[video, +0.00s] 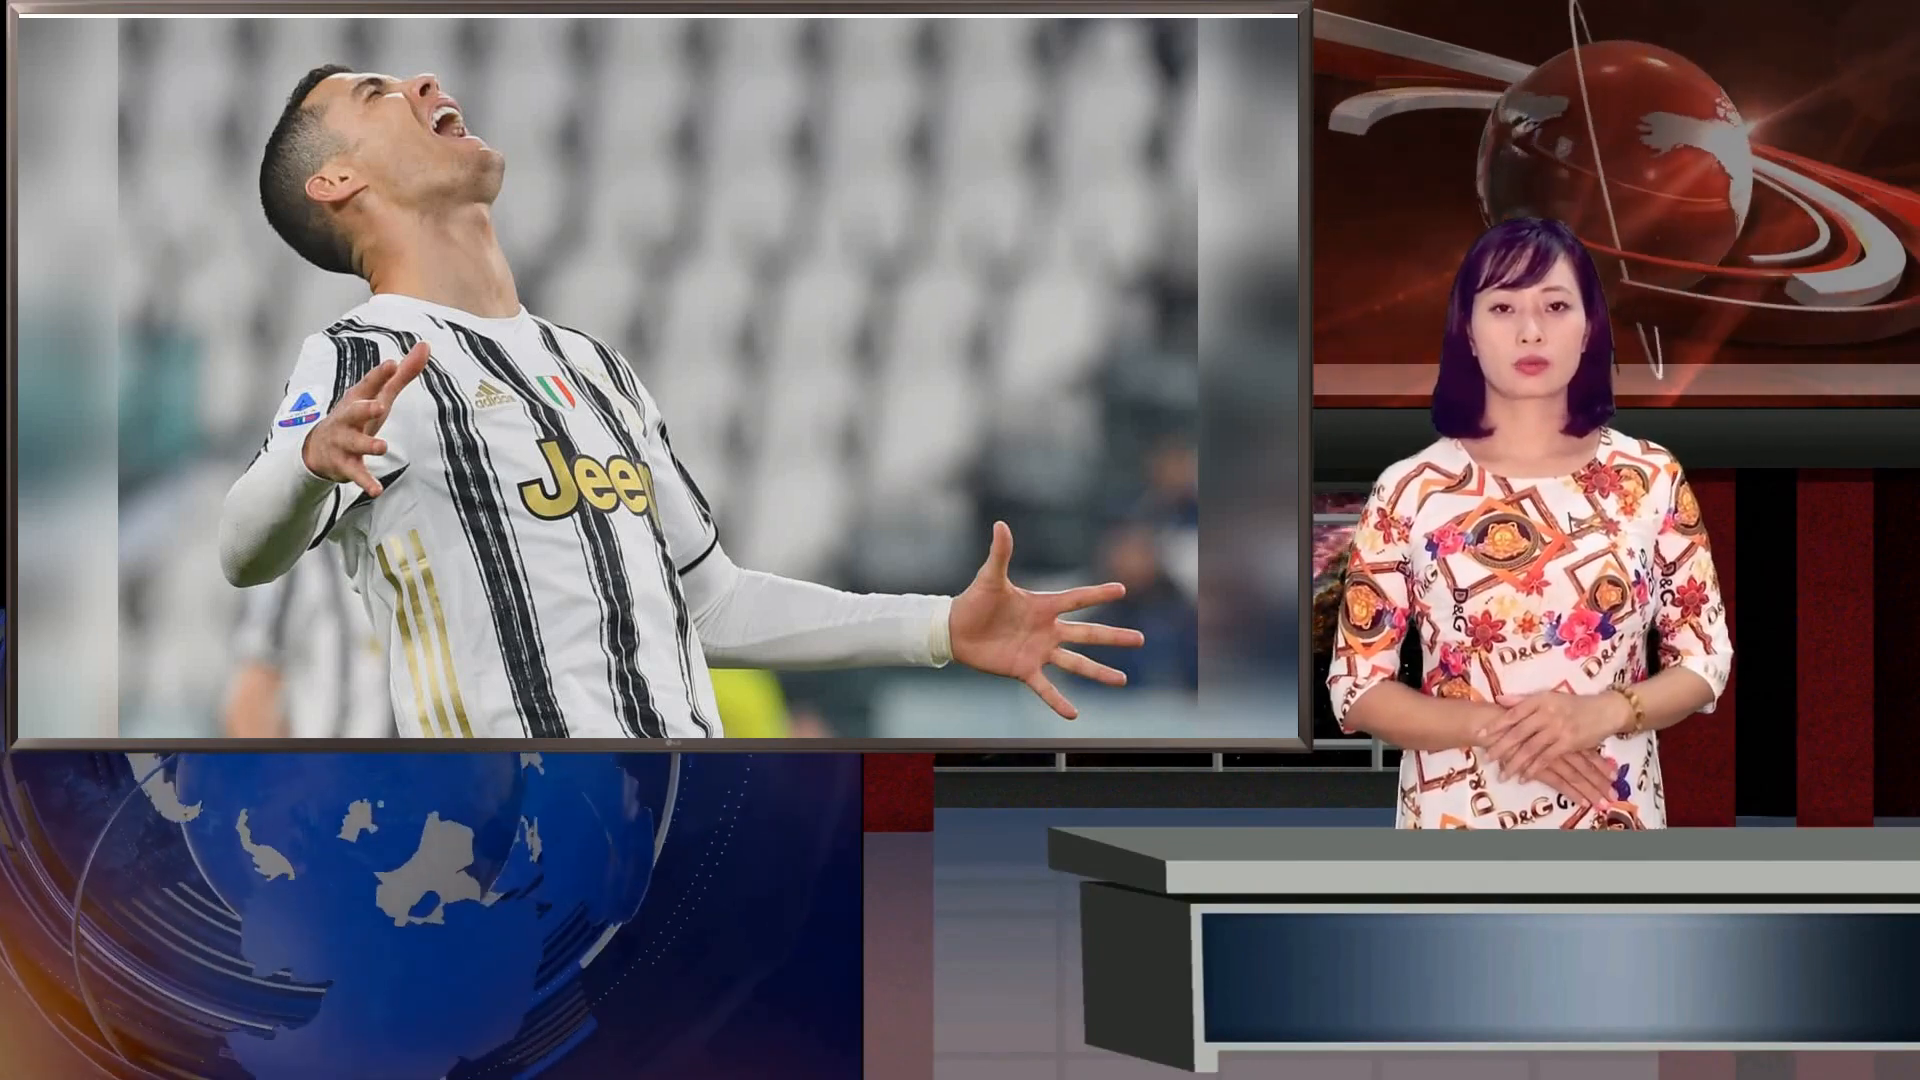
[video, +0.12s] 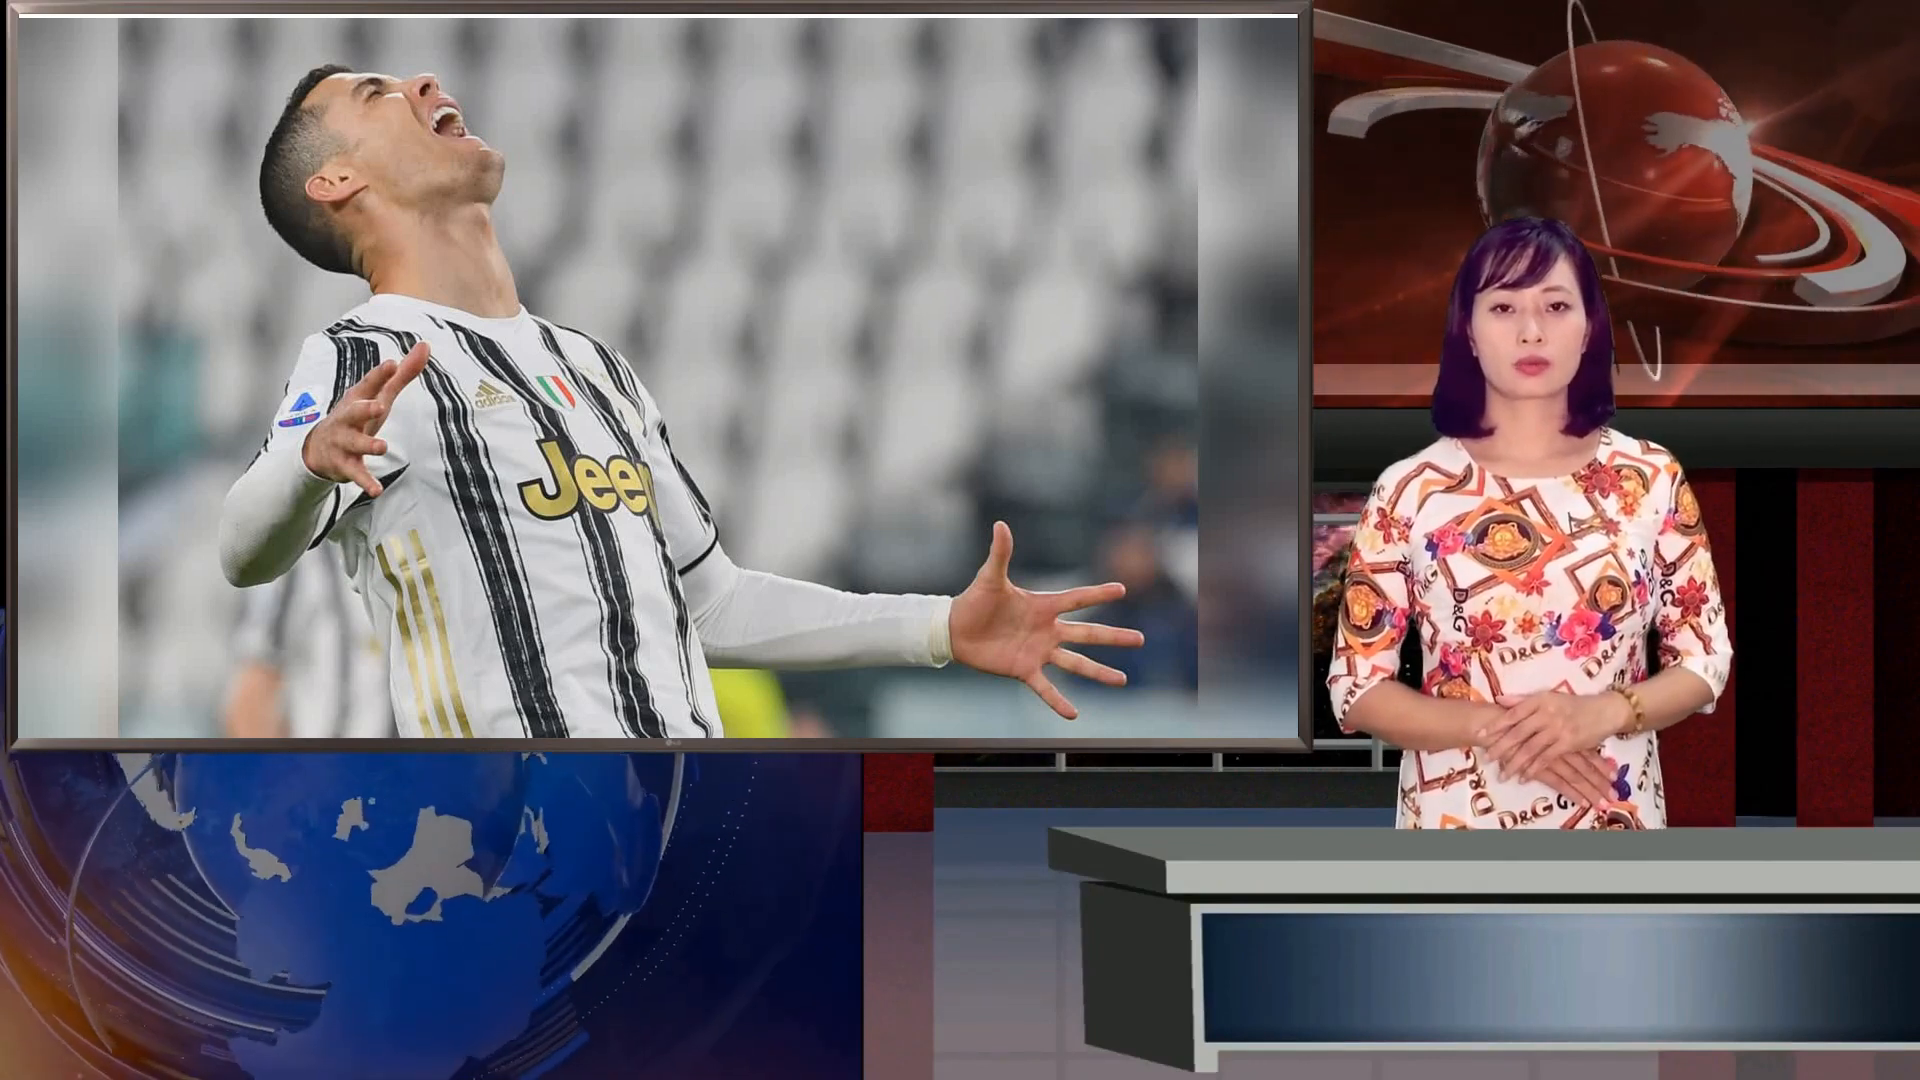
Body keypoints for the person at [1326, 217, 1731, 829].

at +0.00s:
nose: (1530, 330)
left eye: (1555, 306)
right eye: (1503, 308)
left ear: (1590, 326)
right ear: (1467, 329)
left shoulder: (1649, 478)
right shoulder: (1408, 491)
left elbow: (1705, 661)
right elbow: (1356, 688)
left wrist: (1602, 713)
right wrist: (1499, 729)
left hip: (1613, 830)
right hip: (1457, 830)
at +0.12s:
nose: (1531, 330)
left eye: (1556, 306)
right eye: (1503, 308)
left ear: (1589, 326)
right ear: (1467, 329)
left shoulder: (1648, 478)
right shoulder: (1409, 491)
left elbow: (1704, 661)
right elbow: (1356, 689)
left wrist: (1601, 713)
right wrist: (1499, 729)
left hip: (1613, 829)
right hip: (1457, 829)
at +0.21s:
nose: (1531, 330)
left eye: (1556, 306)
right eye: (1503, 308)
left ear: (1590, 326)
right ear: (1467, 329)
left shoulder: (1649, 478)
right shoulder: (1409, 491)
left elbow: (1705, 660)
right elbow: (1356, 689)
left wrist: (1601, 714)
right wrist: (1500, 730)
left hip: (1613, 829)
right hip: (1457, 829)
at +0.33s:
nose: (1532, 330)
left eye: (1557, 306)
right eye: (1504, 308)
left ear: (1591, 326)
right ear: (1467, 329)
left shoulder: (1649, 479)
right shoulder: (1409, 491)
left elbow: (1705, 661)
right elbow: (1357, 688)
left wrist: (1603, 708)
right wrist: (1501, 730)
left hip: (1614, 831)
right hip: (1458, 830)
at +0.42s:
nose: (1532, 330)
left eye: (1557, 306)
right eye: (1504, 308)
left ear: (1591, 326)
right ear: (1468, 329)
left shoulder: (1650, 479)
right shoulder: (1409, 491)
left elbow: (1704, 660)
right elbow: (1357, 690)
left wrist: (1607, 703)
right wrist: (1495, 727)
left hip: (1615, 831)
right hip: (1458, 830)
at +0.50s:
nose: (1532, 330)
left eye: (1558, 307)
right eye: (1504, 308)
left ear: (1591, 326)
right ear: (1468, 329)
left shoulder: (1651, 479)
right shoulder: (1409, 491)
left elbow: (1704, 661)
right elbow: (1356, 689)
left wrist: (1622, 697)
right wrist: (1490, 725)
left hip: (1616, 833)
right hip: (1459, 831)